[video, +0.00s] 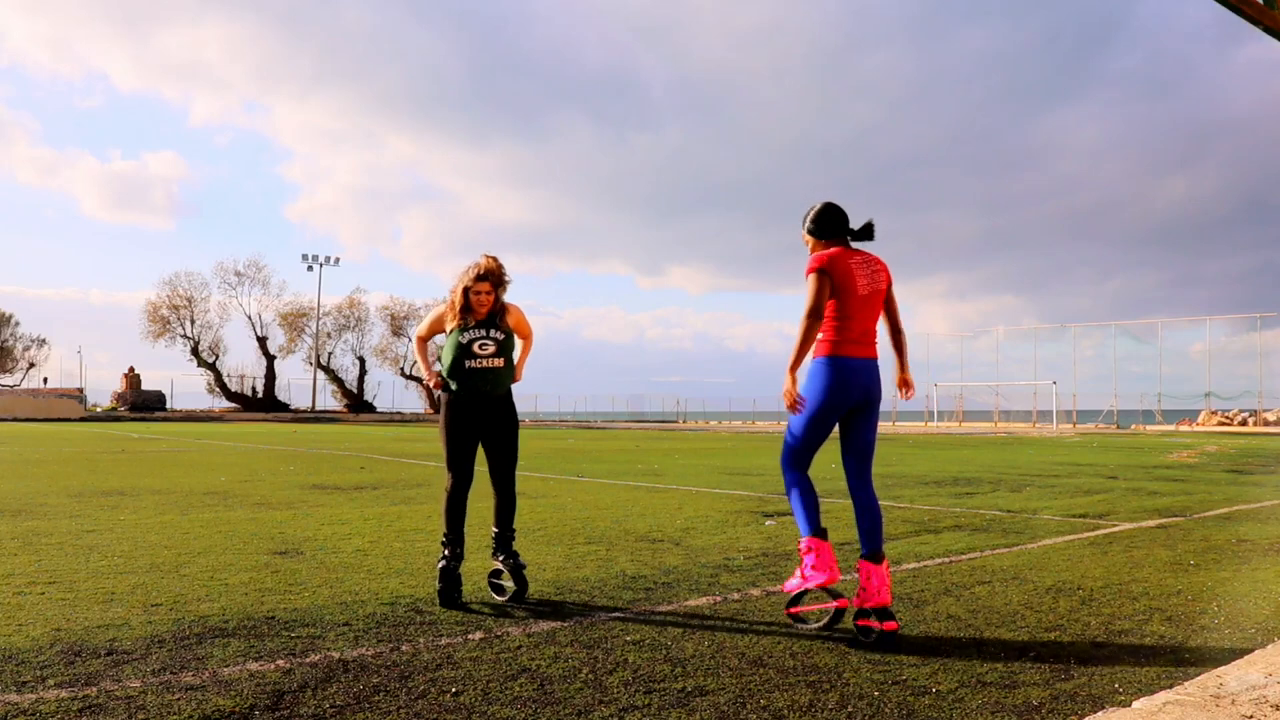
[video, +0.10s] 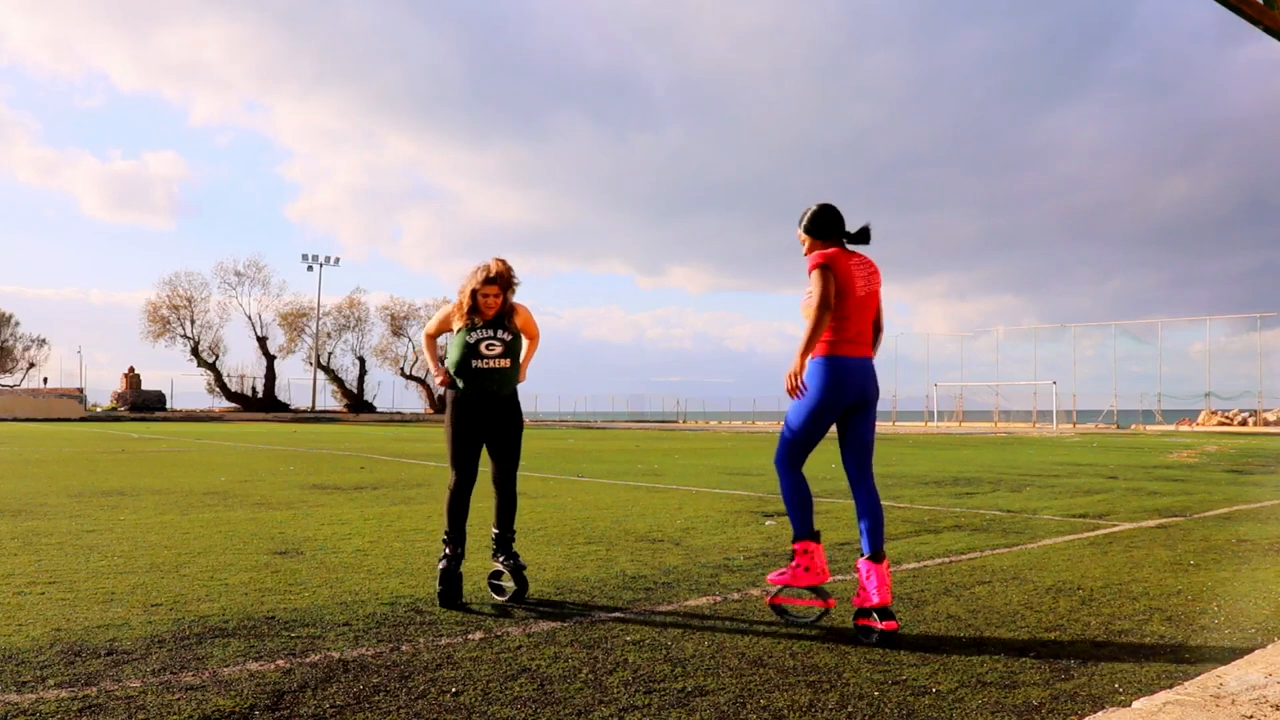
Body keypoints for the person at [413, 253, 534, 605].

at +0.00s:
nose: (483, 298)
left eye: (489, 292)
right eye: (477, 292)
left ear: (497, 292)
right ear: (465, 290)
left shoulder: (509, 314)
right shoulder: (448, 314)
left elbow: (526, 335)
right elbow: (420, 337)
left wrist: (519, 367)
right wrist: (427, 371)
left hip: (499, 404)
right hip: (459, 405)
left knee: (504, 482)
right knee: (458, 482)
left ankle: (504, 550)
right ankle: (451, 554)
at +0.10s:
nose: (491, 301)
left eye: (497, 295)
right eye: (485, 295)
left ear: (506, 294)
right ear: (473, 292)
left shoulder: (516, 314)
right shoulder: (455, 313)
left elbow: (533, 336)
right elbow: (429, 334)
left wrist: (523, 367)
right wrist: (436, 367)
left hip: (505, 404)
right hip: (465, 404)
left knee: (506, 481)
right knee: (462, 479)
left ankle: (504, 548)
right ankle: (453, 551)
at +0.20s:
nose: (496, 304)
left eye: (502, 298)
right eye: (490, 297)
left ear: (511, 296)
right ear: (479, 294)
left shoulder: (521, 316)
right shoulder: (461, 313)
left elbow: (536, 338)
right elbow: (432, 333)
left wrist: (525, 371)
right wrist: (439, 369)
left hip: (507, 404)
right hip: (467, 404)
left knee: (508, 481)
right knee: (461, 480)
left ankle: (505, 551)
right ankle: (453, 553)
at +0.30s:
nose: (499, 305)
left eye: (505, 299)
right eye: (493, 299)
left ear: (514, 298)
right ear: (482, 295)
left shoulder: (524, 318)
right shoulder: (464, 313)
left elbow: (539, 341)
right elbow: (435, 332)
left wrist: (527, 372)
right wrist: (443, 367)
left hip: (509, 404)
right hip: (468, 403)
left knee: (508, 481)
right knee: (462, 476)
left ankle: (505, 551)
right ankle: (453, 548)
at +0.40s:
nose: (497, 304)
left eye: (504, 298)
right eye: (492, 297)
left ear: (513, 297)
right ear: (481, 294)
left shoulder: (524, 316)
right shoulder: (461, 312)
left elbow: (541, 337)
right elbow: (433, 330)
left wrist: (527, 367)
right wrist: (443, 362)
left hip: (508, 401)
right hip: (467, 401)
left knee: (507, 480)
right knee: (463, 475)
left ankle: (505, 550)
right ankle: (455, 546)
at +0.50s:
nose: (493, 303)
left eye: (500, 297)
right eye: (488, 296)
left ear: (509, 295)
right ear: (476, 293)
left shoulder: (519, 313)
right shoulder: (457, 311)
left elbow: (543, 328)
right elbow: (426, 324)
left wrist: (530, 358)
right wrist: (435, 355)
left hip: (506, 402)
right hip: (465, 402)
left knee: (506, 482)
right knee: (464, 480)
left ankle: (504, 550)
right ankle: (457, 553)